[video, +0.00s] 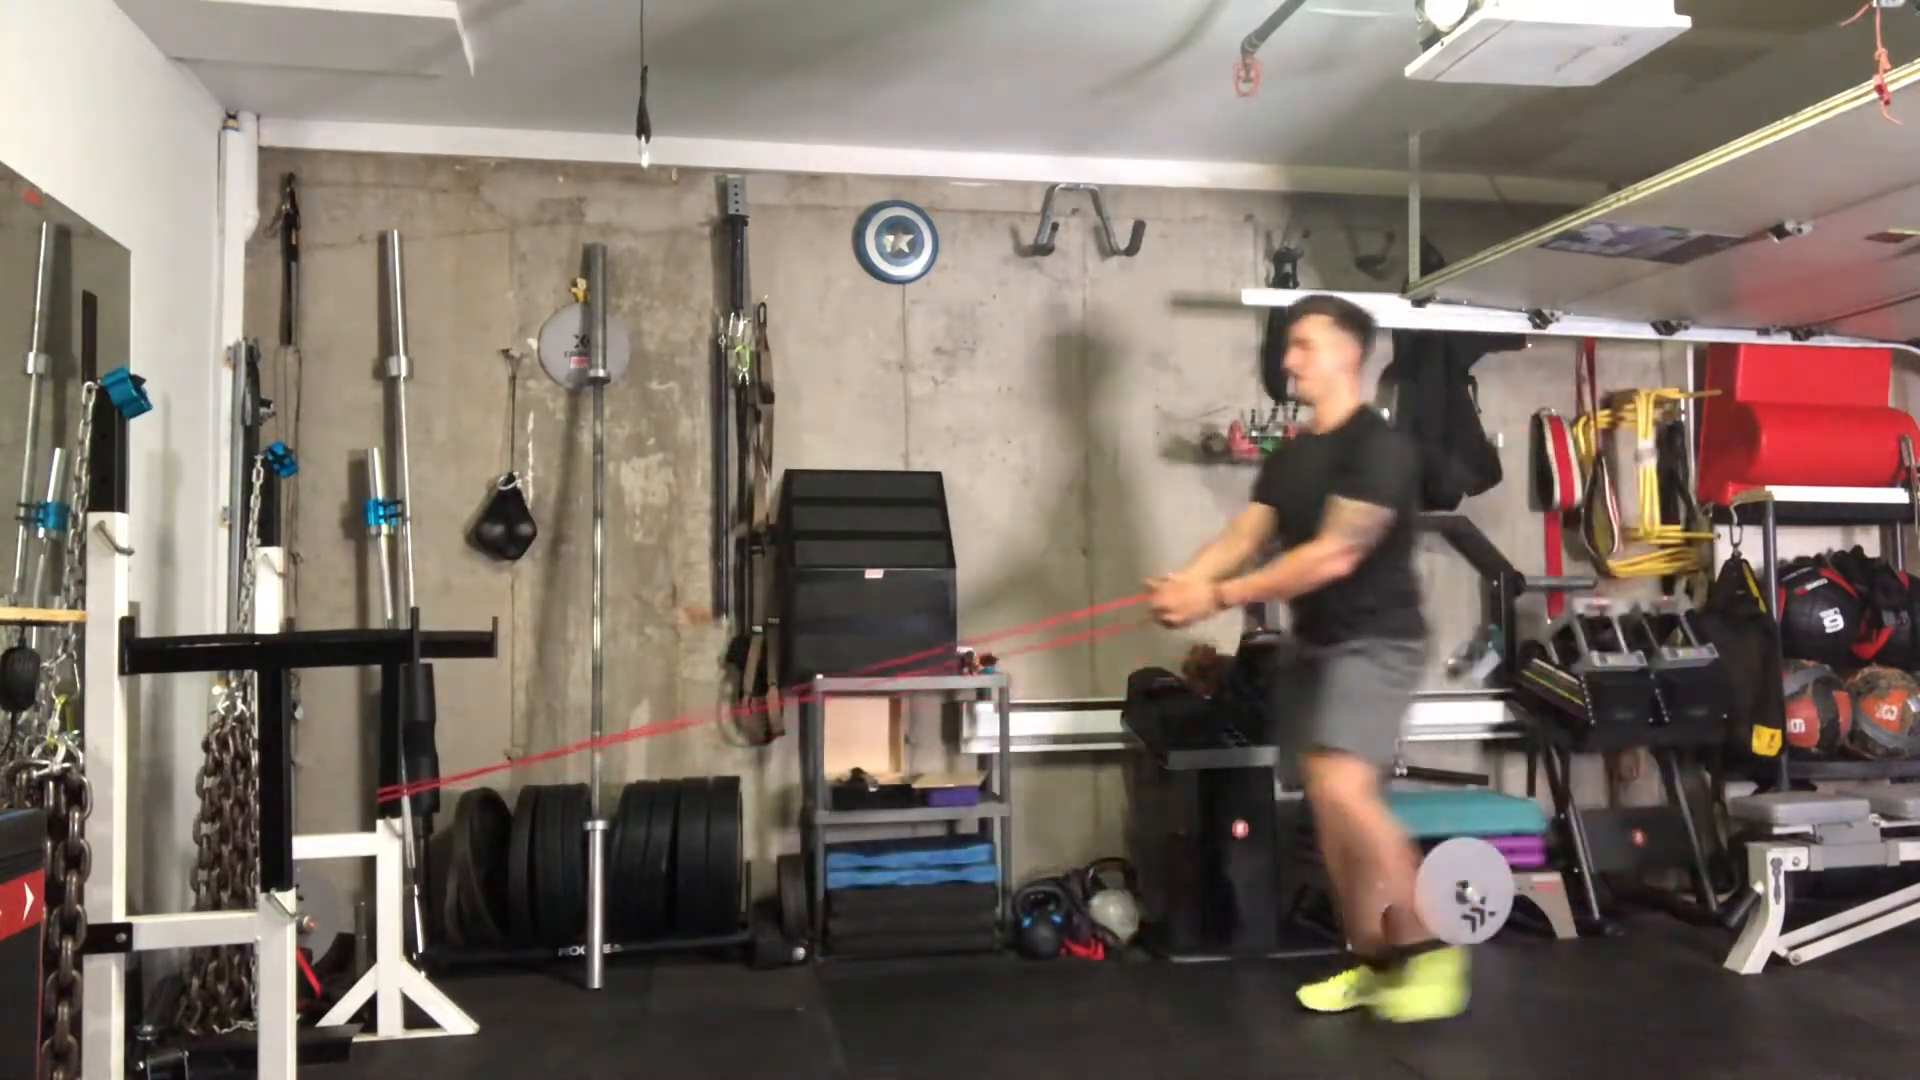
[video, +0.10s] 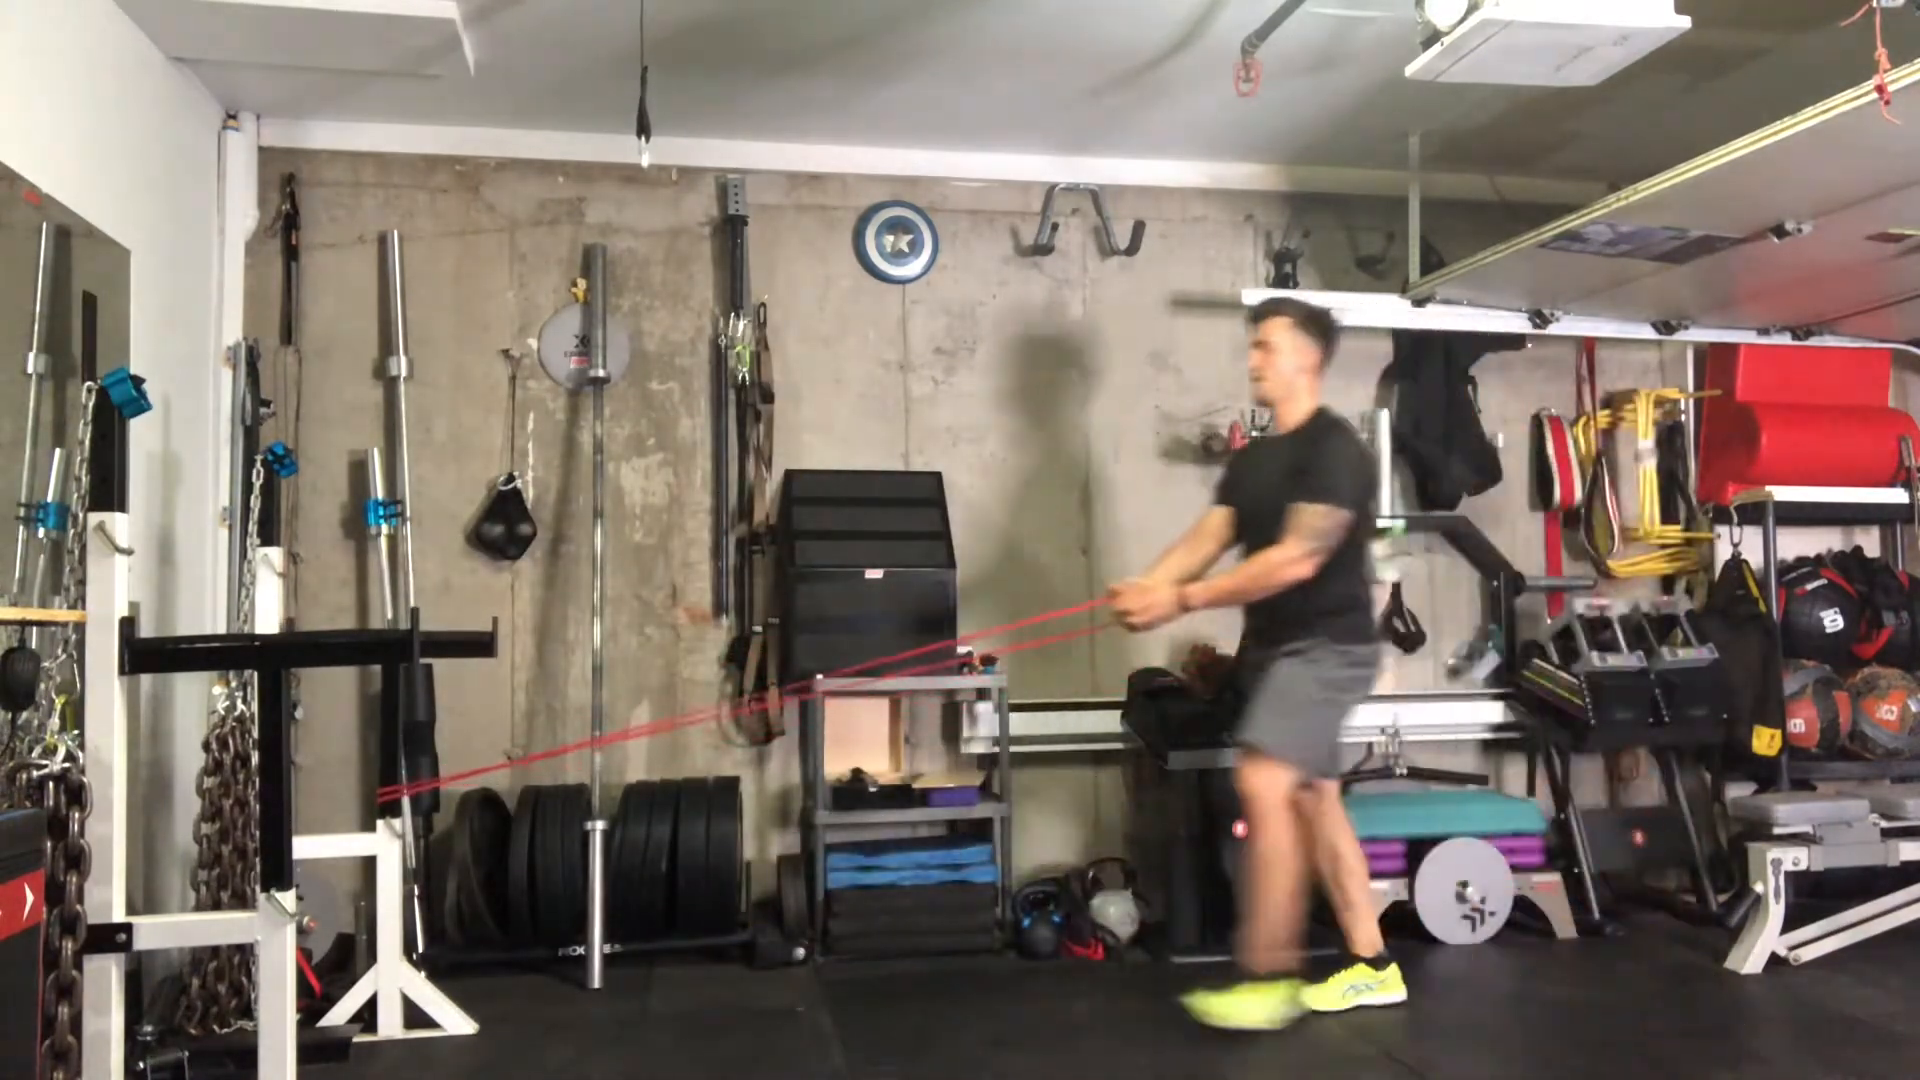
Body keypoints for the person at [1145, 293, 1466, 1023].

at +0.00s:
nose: (1291, 357)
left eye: (1307, 345)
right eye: (1288, 346)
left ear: (1354, 356)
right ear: (1288, 363)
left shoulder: (1382, 446)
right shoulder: (1291, 456)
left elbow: (1335, 554)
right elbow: (1245, 535)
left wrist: (1219, 595)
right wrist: (1188, 580)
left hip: (1377, 642)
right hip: (1317, 645)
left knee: (1340, 780)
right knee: (1328, 790)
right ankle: (1370, 958)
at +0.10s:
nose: (1254, 361)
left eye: (1267, 347)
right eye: (1253, 348)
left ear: (1313, 358)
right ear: (1263, 360)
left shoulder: (1338, 451)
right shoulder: (1250, 459)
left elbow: (1296, 560)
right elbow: (1209, 536)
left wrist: (1184, 598)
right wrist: (1151, 585)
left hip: (1328, 647)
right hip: (1275, 648)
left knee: (1264, 777)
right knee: (1315, 797)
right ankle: (1373, 962)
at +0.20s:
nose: (1212, 367)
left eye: (1227, 355)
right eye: (1213, 355)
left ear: (1274, 369)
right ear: (1228, 369)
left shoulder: (1289, 457)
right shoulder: (1215, 460)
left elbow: (1257, 572)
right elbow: (1173, 544)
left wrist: (1146, 614)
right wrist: (1113, 599)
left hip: (1276, 662)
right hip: (1236, 661)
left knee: (1205, 801)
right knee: (1294, 803)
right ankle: (1370, 956)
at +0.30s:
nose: (1166, 372)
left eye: (1182, 360)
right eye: (1169, 360)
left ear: (1225, 375)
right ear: (1193, 377)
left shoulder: (1236, 470)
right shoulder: (1171, 468)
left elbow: (1207, 591)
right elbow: (1128, 558)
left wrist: (1100, 634)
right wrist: (1073, 617)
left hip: (1210, 670)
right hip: (1178, 665)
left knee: (1136, 805)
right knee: (1229, 808)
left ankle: (1088, 987)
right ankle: (1353, 942)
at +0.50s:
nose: (1078, 351)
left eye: (1095, 341)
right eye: (1083, 338)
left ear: (1136, 361)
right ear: (1105, 356)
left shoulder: (1130, 453)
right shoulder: (1081, 453)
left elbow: (1103, 580)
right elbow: (1037, 551)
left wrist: (1003, 628)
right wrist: (980, 613)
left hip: (1113, 663)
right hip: (1071, 658)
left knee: (1060, 801)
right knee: (1044, 791)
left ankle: (1081, 989)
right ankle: (1171, 902)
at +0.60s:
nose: (1034, 345)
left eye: (1050, 335)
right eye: (1040, 333)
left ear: (1088, 354)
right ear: (1068, 354)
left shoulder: (1082, 442)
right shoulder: (1045, 443)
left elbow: (1054, 564)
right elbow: (995, 546)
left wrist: (954, 606)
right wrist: (932, 597)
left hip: (1066, 652)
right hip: (1020, 647)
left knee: (1054, 801)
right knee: (972, 779)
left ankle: (1081, 984)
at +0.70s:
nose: (992, 351)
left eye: (1009, 341)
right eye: (998, 338)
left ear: (1049, 362)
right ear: (1025, 358)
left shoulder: (1039, 445)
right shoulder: (1007, 444)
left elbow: (1011, 566)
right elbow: (965, 552)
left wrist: (910, 596)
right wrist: (897, 589)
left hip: (1031, 658)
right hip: (980, 655)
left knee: (1044, 809)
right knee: (923, 787)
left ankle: (1081, 986)